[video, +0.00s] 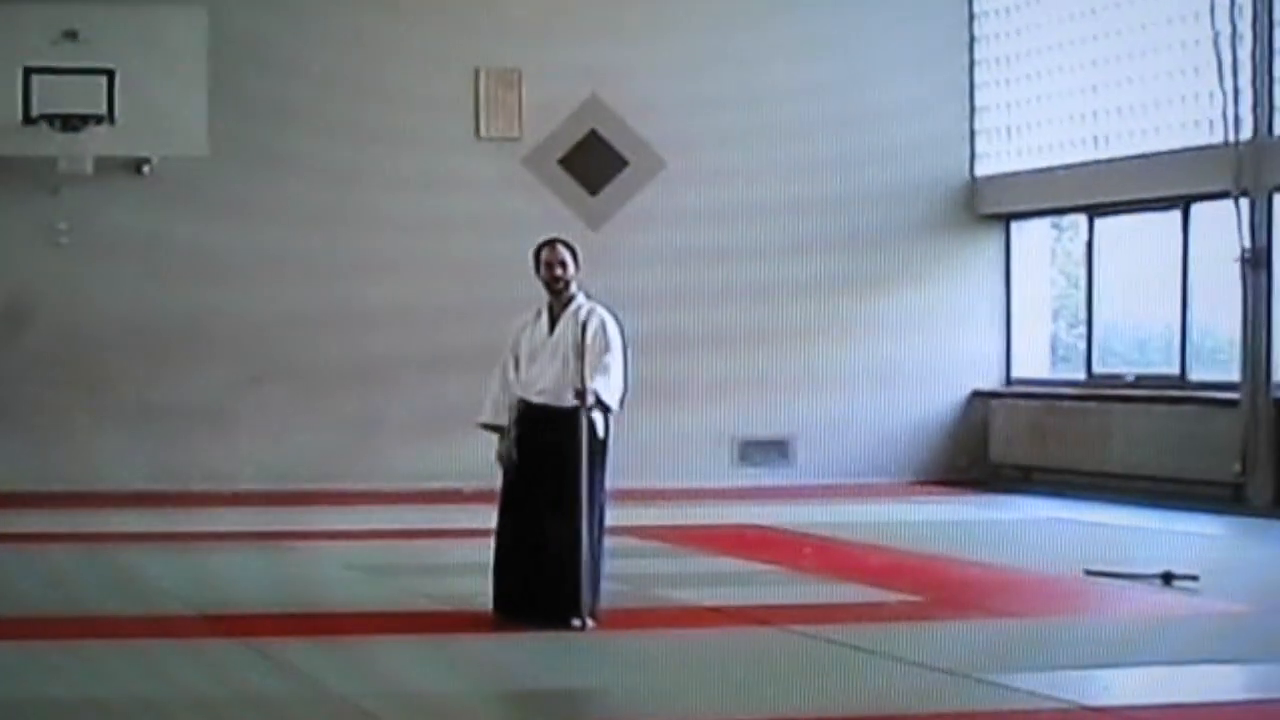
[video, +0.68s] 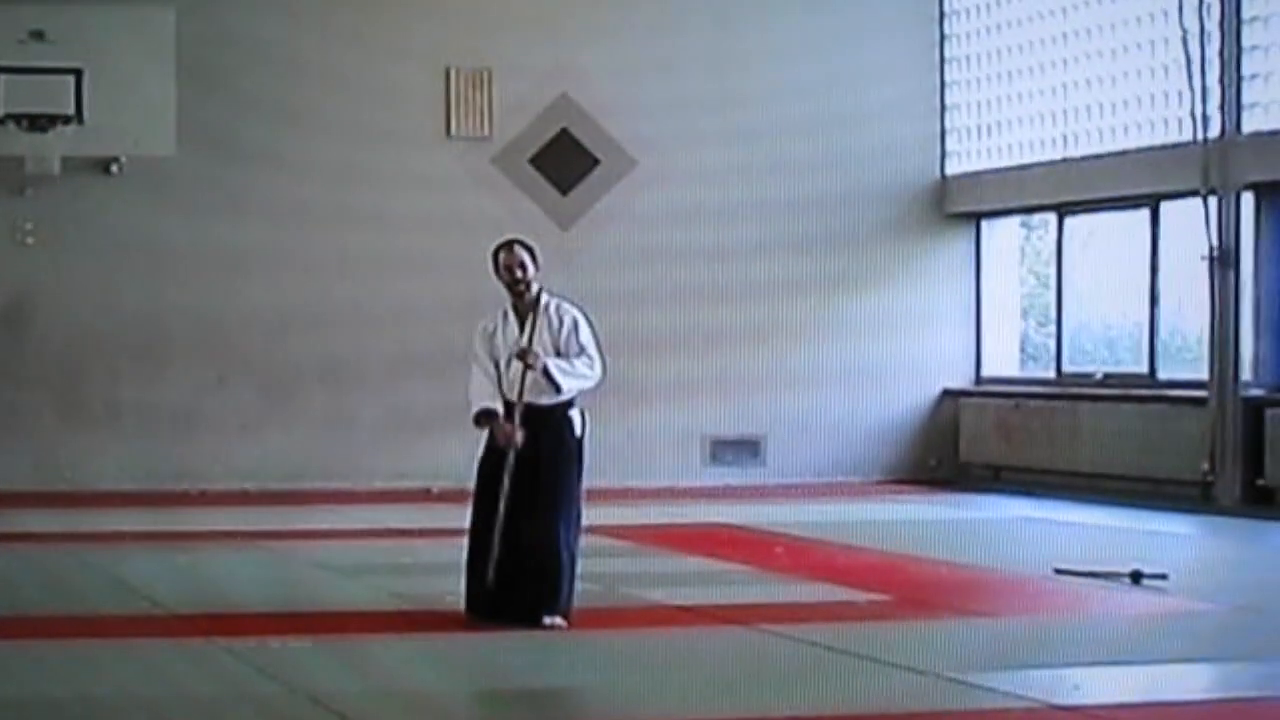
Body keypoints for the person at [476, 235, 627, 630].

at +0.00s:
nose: (556, 272)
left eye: (562, 264)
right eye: (548, 266)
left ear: (575, 269)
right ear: (539, 273)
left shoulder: (595, 319)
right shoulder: (526, 327)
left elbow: (609, 369)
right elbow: (507, 382)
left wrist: (592, 403)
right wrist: (503, 432)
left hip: (576, 421)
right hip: (531, 421)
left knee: (576, 512)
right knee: (524, 511)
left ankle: (577, 605)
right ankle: (520, 603)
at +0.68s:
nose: (517, 275)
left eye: (522, 266)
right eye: (508, 270)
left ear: (536, 268)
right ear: (500, 277)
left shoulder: (565, 316)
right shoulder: (491, 329)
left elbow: (591, 369)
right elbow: (482, 378)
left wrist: (547, 367)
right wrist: (494, 418)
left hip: (554, 419)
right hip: (509, 419)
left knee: (553, 513)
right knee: (499, 509)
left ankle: (551, 605)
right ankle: (495, 602)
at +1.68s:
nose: (544, 308)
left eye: (549, 300)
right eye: (535, 302)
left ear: (563, 300)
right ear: (525, 307)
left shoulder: (587, 345)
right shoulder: (521, 345)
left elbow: (619, 403)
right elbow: (520, 407)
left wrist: (573, 422)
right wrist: (502, 443)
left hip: (588, 450)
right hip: (544, 448)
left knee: (584, 531)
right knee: (525, 524)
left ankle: (592, 615)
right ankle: (528, 604)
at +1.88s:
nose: (556, 300)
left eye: (562, 291)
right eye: (548, 293)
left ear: (577, 292)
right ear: (538, 298)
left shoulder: (602, 336)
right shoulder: (527, 336)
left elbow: (613, 396)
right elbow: (516, 387)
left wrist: (570, 425)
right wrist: (534, 426)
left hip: (599, 441)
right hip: (553, 441)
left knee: (595, 527)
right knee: (532, 523)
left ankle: (595, 614)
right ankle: (524, 604)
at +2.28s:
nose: (568, 293)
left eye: (575, 284)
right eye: (560, 286)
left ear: (588, 284)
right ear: (549, 291)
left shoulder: (613, 330)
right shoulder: (540, 327)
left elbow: (622, 389)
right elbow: (538, 377)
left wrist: (607, 393)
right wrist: (570, 397)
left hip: (607, 430)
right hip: (564, 429)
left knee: (598, 517)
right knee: (549, 514)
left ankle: (602, 606)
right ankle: (552, 603)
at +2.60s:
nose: (553, 261)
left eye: (558, 251)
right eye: (543, 256)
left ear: (573, 253)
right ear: (535, 263)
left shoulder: (598, 298)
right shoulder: (527, 303)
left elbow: (617, 329)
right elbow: (533, 354)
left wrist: (627, 355)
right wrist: (577, 374)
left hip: (596, 403)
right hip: (548, 402)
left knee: (592, 492)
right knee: (522, 492)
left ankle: (603, 583)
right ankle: (547, 580)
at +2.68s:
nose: (543, 256)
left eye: (549, 247)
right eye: (533, 251)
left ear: (564, 249)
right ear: (526, 260)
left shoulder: (589, 292)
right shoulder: (518, 299)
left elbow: (612, 326)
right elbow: (526, 354)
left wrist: (628, 356)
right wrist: (572, 372)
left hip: (592, 398)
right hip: (543, 399)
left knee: (591, 488)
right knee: (512, 489)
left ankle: (602, 580)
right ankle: (542, 576)